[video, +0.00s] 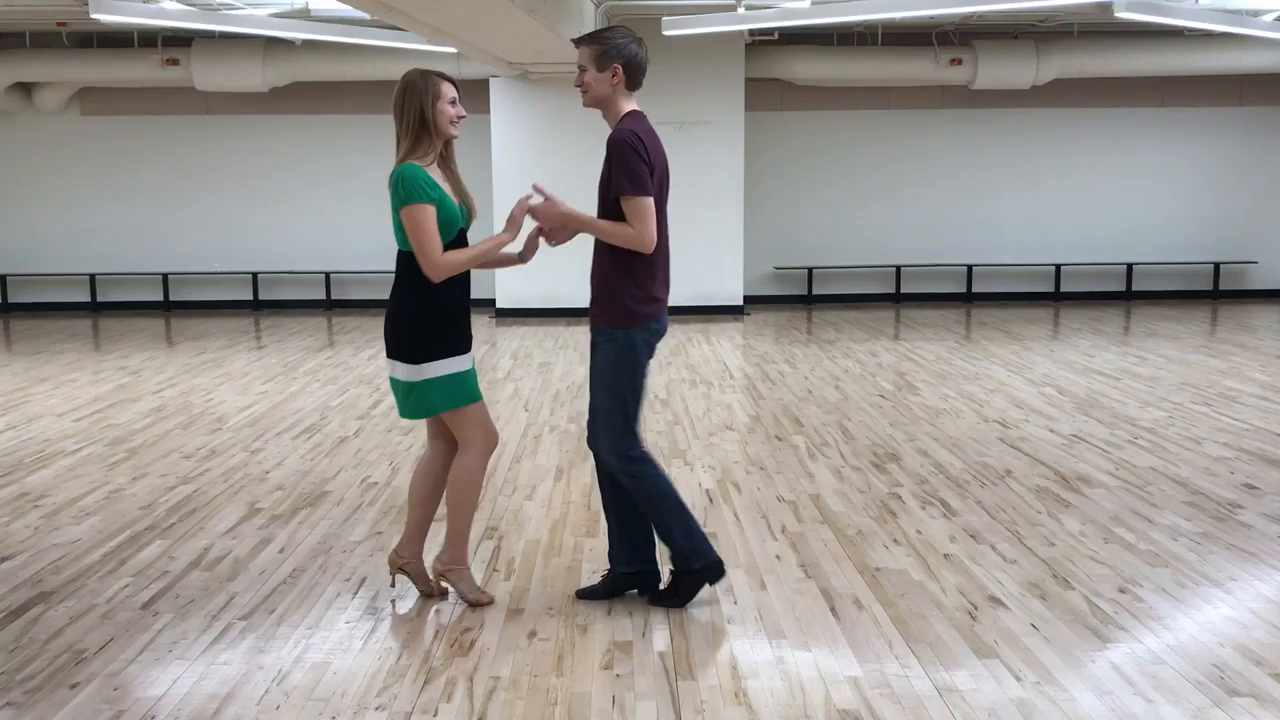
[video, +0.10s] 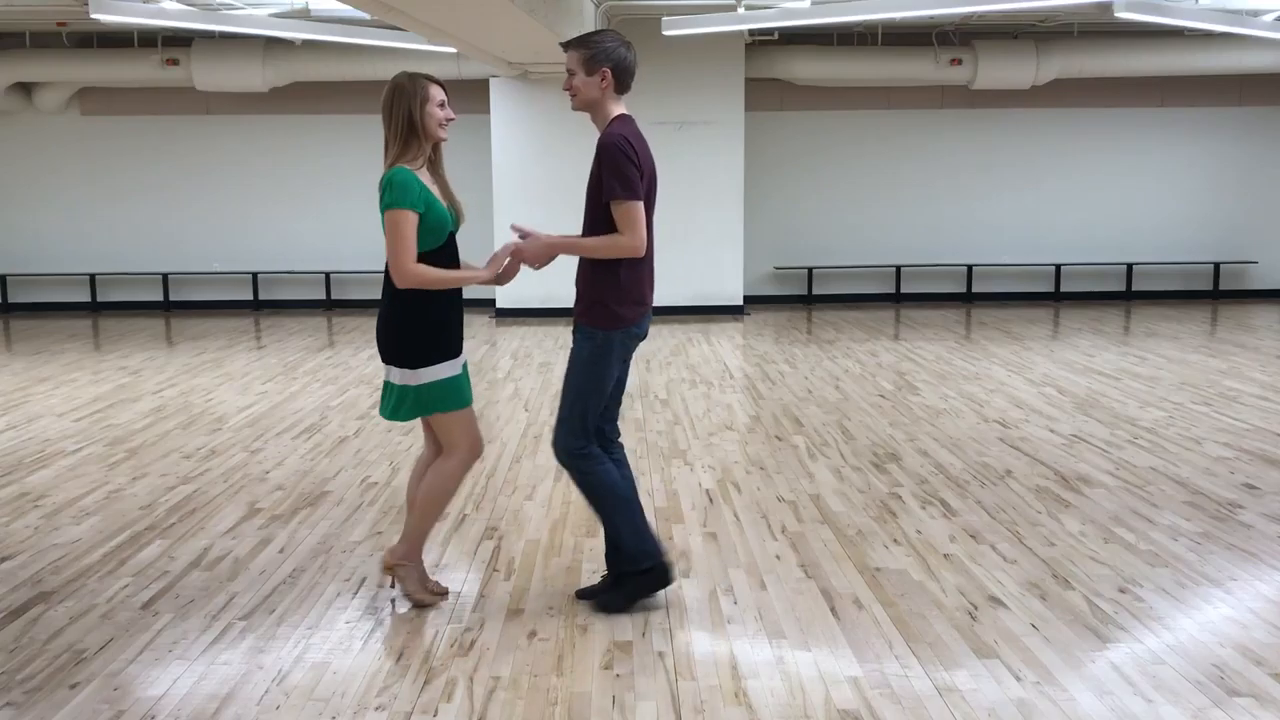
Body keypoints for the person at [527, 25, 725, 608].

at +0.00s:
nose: (577, 82)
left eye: (583, 72)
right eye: (577, 72)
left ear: (614, 75)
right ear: (614, 77)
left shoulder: (627, 139)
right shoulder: (633, 134)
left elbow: (644, 236)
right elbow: (634, 224)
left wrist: (572, 217)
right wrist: (578, 224)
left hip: (629, 318)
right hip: (619, 316)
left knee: (615, 442)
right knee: (607, 440)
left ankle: (696, 558)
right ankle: (632, 568)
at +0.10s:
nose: (565, 84)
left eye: (572, 74)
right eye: (565, 74)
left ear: (602, 77)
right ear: (606, 78)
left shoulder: (617, 142)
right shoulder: (623, 137)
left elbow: (633, 241)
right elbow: (621, 237)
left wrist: (553, 244)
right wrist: (550, 244)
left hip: (610, 318)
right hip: (616, 315)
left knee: (574, 442)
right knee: (600, 437)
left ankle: (643, 565)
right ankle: (628, 567)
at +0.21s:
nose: (557, 84)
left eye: (564, 75)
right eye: (558, 75)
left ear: (595, 79)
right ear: (597, 80)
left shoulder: (610, 143)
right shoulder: (614, 139)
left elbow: (622, 243)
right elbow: (607, 239)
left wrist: (539, 253)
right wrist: (538, 248)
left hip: (601, 321)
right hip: (609, 317)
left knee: (558, 442)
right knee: (592, 439)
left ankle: (589, 578)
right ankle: (635, 564)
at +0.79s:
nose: (553, 90)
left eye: (561, 80)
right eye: (553, 80)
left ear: (594, 82)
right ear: (591, 85)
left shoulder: (613, 138)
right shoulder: (613, 135)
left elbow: (635, 227)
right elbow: (621, 226)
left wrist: (553, 218)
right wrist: (550, 219)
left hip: (609, 315)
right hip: (633, 312)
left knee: (554, 427)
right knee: (628, 430)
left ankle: (574, 566)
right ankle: (678, 558)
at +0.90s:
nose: (560, 92)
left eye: (567, 82)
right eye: (559, 82)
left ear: (602, 83)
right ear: (596, 86)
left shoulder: (620, 138)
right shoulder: (614, 137)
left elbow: (652, 222)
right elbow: (605, 216)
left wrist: (575, 207)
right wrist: (547, 202)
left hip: (613, 314)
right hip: (639, 311)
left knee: (561, 423)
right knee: (630, 427)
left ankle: (597, 551)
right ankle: (677, 556)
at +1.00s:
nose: (564, 93)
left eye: (572, 83)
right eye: (563, 83)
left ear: (607, 85)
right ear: (599, 89)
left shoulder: (622, 139)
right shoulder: (614, 139)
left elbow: (666, 215)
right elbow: (601, 211)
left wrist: (599, 194)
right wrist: (550, 187)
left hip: (614, 313)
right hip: (640, 309)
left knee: (574, 423)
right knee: (633, 427)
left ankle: (615, 537)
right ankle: (677, 555)